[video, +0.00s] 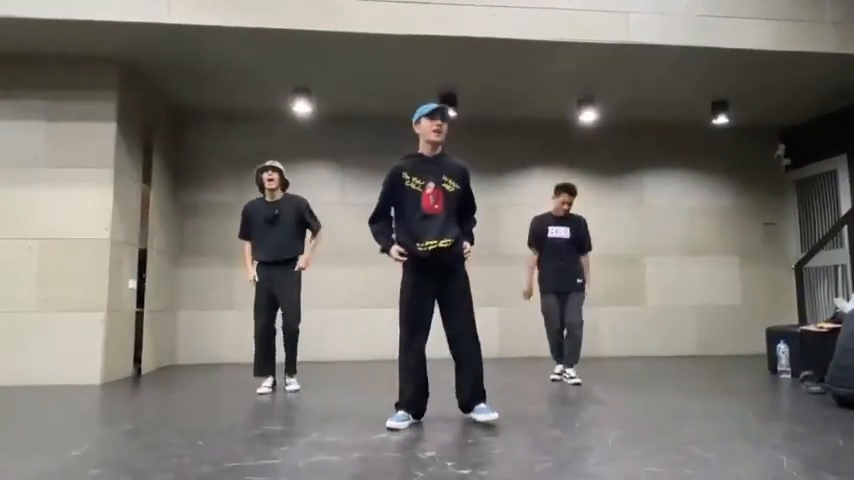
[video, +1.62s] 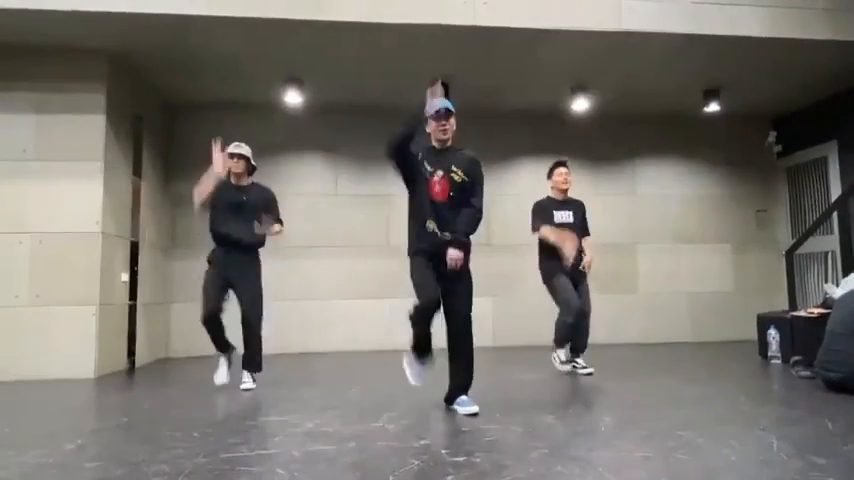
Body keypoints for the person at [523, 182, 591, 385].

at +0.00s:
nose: (566, 207)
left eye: (569, 204)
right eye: (563, 202)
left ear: (573, 203)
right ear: (554, 199)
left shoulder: (578, 222)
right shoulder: (539, 222)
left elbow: (584, 255)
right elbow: (533, 255)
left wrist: (587, 279)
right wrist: (529, 284)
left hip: (574, 283)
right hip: (549, 284)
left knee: (574, 323)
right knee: (553, 325)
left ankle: (570, 366)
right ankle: (559, 363)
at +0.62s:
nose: (557, 184)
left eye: (560, 181)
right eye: (552, 181)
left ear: (564, 186)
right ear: (544, 186)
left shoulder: (575, 213)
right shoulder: (534, 214)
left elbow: (581, 242)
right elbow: (526, 244)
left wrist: (578, 257)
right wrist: (539, 258)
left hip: (570, 275)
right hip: (545, 277)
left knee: (576, 319)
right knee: (548, 321)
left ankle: (568, 358)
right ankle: (554, 363)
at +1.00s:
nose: (558, 183)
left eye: (561, 180)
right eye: (553, 180)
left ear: (564, 186)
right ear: (544, 186)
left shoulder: (574, 211)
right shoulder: (534, 212)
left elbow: (583, 237)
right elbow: (525, 242)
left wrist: (568, 238)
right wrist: (551, 241)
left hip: (566, 273)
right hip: (539, 274)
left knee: (574, 319)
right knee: (537, 311)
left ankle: (575, 362)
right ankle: (541, 353)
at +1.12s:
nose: (556, 185)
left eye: (558, 182)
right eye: (551, 182)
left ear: (562, 186)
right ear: (541, 188)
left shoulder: (572, 212)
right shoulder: (532, 212)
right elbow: (509, 231)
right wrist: (494, 223)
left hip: (563, 279)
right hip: (534, 277)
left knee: (575, 321)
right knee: (517, 317)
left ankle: (574, 362)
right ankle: (497, 361)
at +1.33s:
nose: (559, 181)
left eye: (562, 178)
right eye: (555, 179)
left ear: (565, 184)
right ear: (545, 184)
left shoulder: (574, 207)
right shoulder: (535, 208)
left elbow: (590, 226)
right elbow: (513, 226)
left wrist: (610, 219)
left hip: (567, 276)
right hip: (539, 276)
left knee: (577, 321)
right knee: (524, 316)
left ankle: (576, 361)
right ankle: (505, 358)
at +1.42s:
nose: (563, 179)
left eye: (565, 176)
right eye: (558, 176)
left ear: (569, 180)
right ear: (549, 182)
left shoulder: (575, 206)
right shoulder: (539, 208)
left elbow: (577, 233)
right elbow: (526, 236)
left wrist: (588, 235)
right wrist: (542, 256)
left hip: (572, 269)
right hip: (547, 270)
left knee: (578, 315)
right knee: (546, 314)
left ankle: (576, 359)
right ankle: (541, 354)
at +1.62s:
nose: (565, 178)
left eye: (567, 174)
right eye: (560, 175)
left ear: (571, 179)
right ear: (551, 180)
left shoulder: (577, 205)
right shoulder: (541, 206)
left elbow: (584, 236)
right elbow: (540, 231)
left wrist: (588, 254)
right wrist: (563, 241)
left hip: (576, 265)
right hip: (552, 266)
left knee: (584, 308)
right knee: (571, 305)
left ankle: (576, 356)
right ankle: (560, 349)